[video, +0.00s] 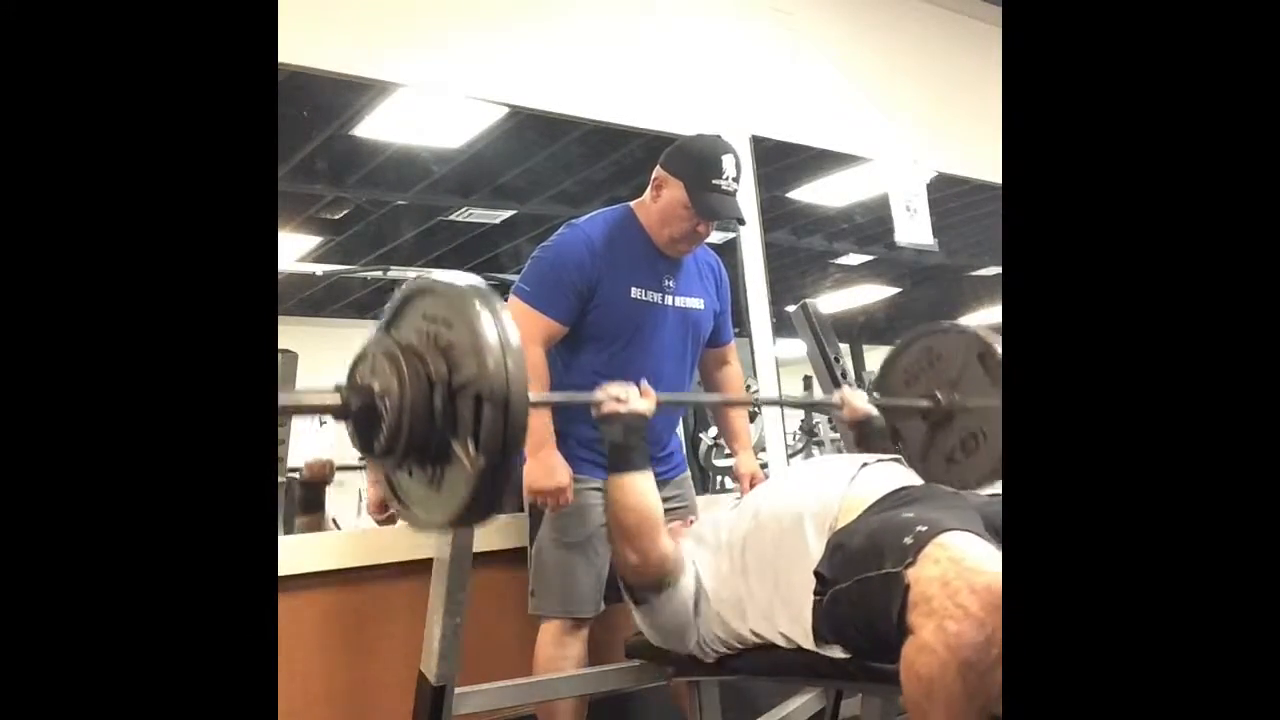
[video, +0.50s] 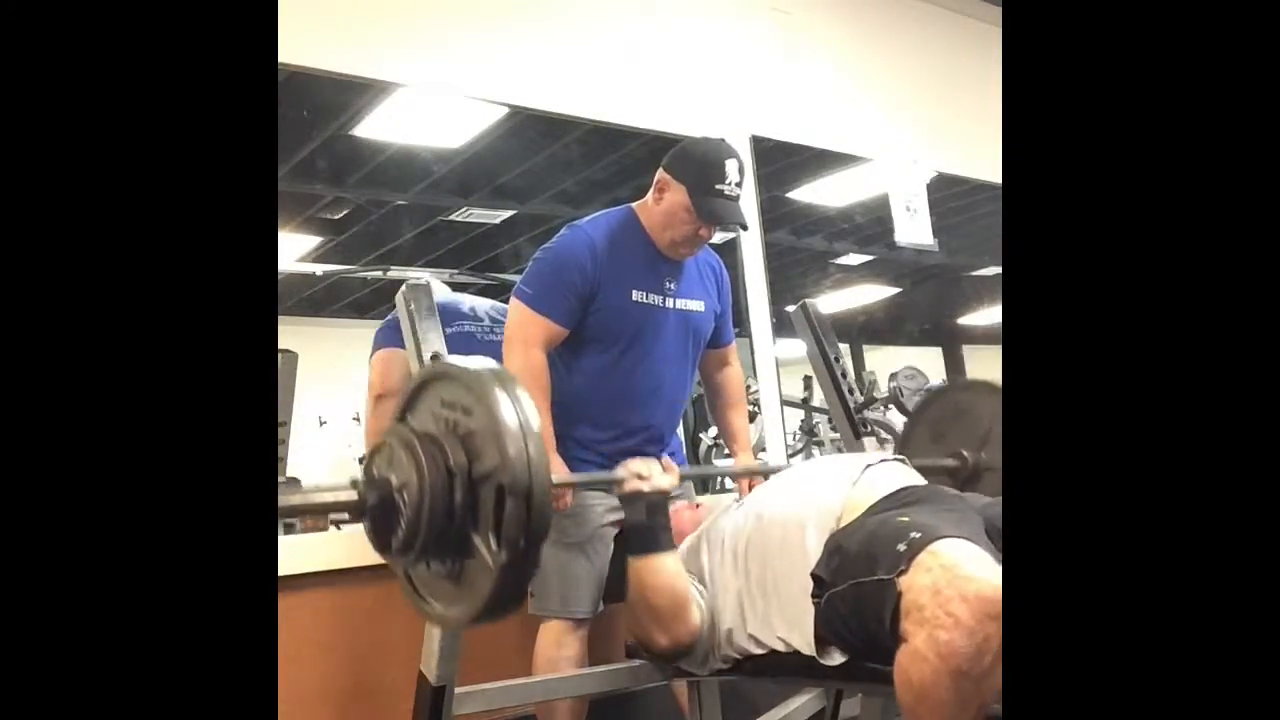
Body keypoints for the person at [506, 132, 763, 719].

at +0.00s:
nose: (708, 229)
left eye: (716, 218)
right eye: (699, 212)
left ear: (724, 215)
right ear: (659, 185)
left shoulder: (709, 271)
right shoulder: (582, 247)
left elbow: (722, 364)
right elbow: (523, 340)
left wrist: (744, 450)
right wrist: (540, 447)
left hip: (663, 468)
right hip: (580, 466)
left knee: (651, 609)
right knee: (569, 621)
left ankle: (617, 712)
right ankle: (561, 717)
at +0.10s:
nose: (707, 230)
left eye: (717, 220)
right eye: (699, 213)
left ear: (726, 216)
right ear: (660, 186)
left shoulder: (710, 270)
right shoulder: (582, 248)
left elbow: (722, 366)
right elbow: (522, 342)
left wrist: (743, 451)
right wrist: (540, 450)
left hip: (664, 472)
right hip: (581, 469)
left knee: (649, 608)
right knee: (569, 621)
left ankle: (621, 713)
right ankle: (562, 717)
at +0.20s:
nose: (708, 231)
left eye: (718, 221)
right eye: (700, 214)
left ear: (726, 217)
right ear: (660, 187)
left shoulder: (710, 271)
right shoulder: (583, 248)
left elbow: (722, 366)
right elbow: (524, 342)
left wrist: (743, 452)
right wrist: (539, 450)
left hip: (663, 470)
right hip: (581, 467)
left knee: (655, 609)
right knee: (569, 619)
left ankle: (648, 714)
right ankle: (561, 717)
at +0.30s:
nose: (708, 232)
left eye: (718, 222)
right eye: (700, 216)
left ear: (726, 218)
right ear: (662, 189)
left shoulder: (711, 272)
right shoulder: (582, 249)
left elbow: (722, 367)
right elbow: (523, 342)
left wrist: (744, 451)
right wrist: (542, 448)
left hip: (663, 470)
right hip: (580, 469)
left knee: (673, 613)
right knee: (569, 621)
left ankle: (672, 713)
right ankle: (561, 717)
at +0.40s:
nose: (708, 232)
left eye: (718, 222)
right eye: (700, 216)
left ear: (726, 218)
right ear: (662, 189)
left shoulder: (711, 272)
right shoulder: (582, 249)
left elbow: (722, 368)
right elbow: (523, 344)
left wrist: (743, 452)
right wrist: (547, 455)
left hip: (665, 476)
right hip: (582, 476)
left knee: (679, 618)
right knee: (568, 623)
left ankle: (684, 713)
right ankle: (561, 718)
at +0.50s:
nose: (708, 233)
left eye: (717, 223)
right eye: (699, 217)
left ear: (725, 217)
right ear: (662, 190)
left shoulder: (710, 271)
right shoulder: (583, 249)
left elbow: (721, 368)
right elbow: (524, 344)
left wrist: (742, 451)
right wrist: (545, 454)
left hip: (658, 468)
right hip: (578, 469)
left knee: (636, 611)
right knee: (569, 620)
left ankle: (614, 709)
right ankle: (562, 715)